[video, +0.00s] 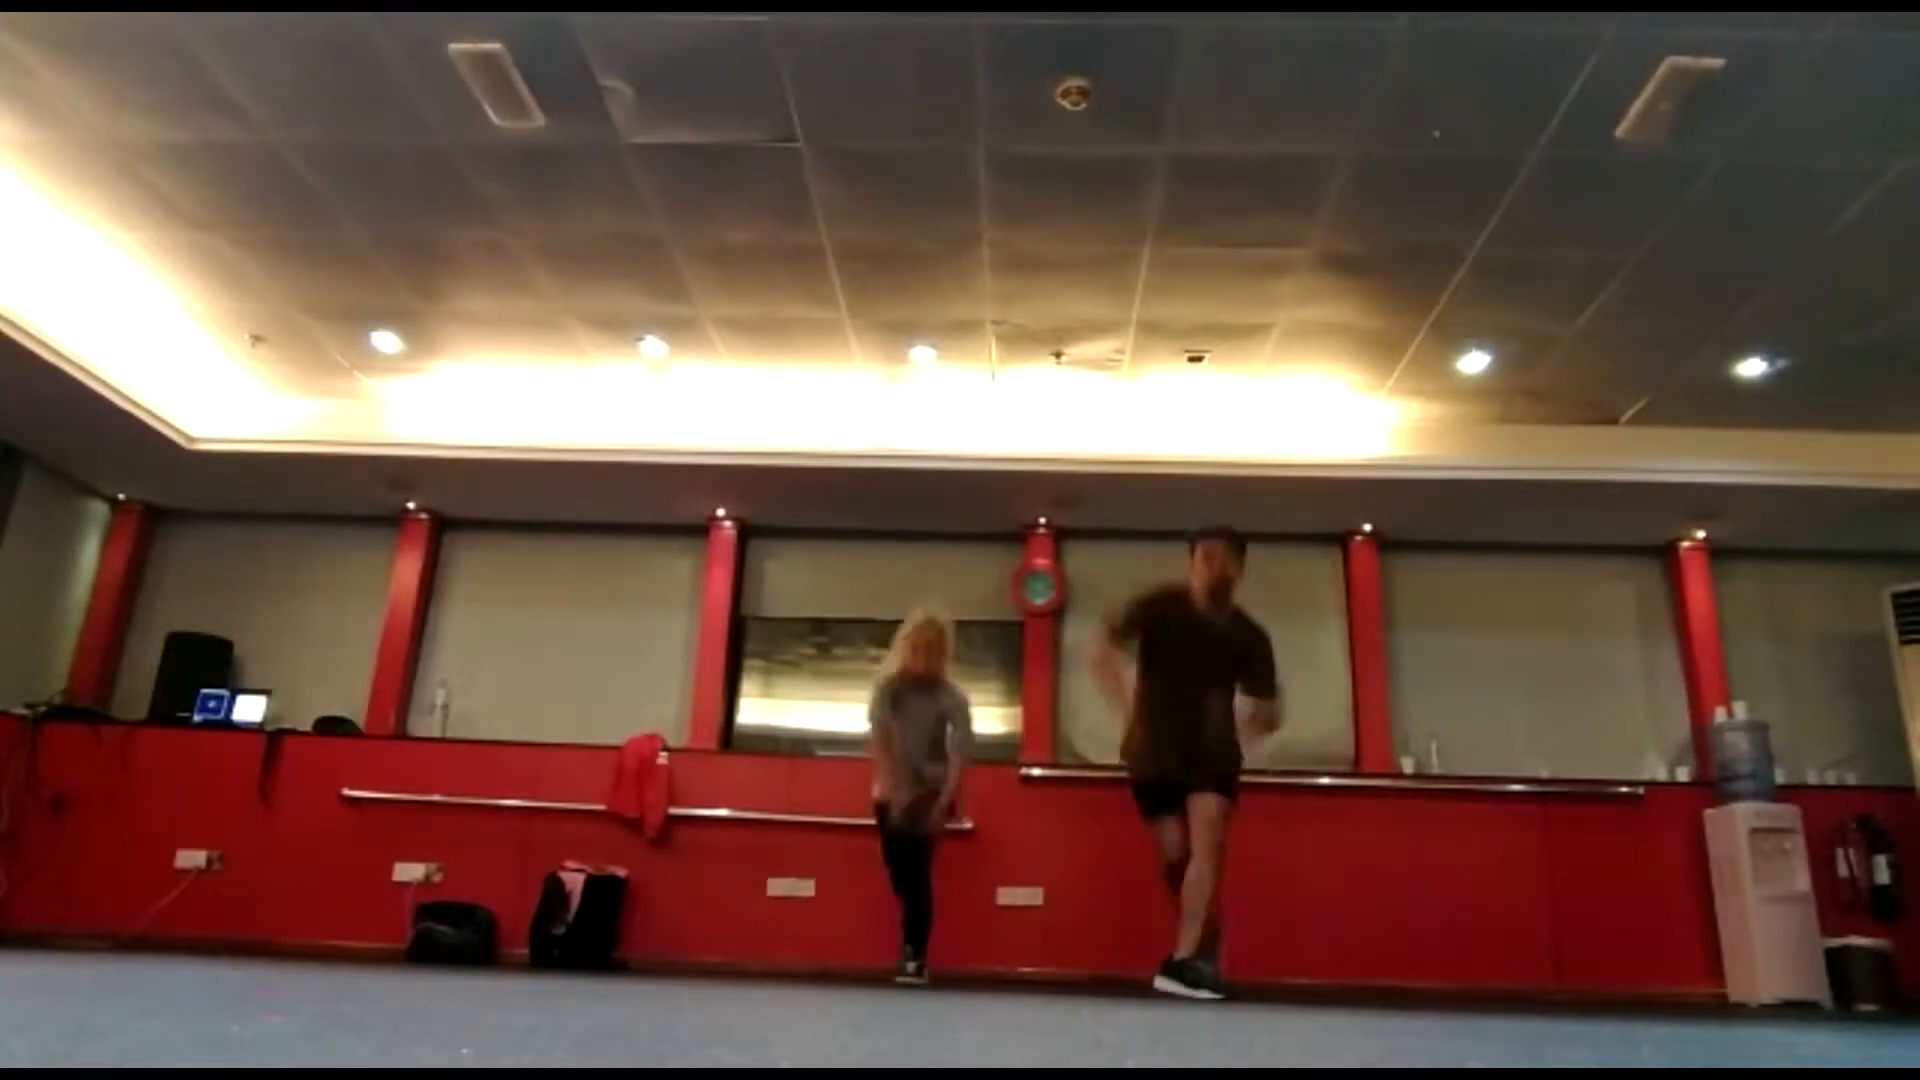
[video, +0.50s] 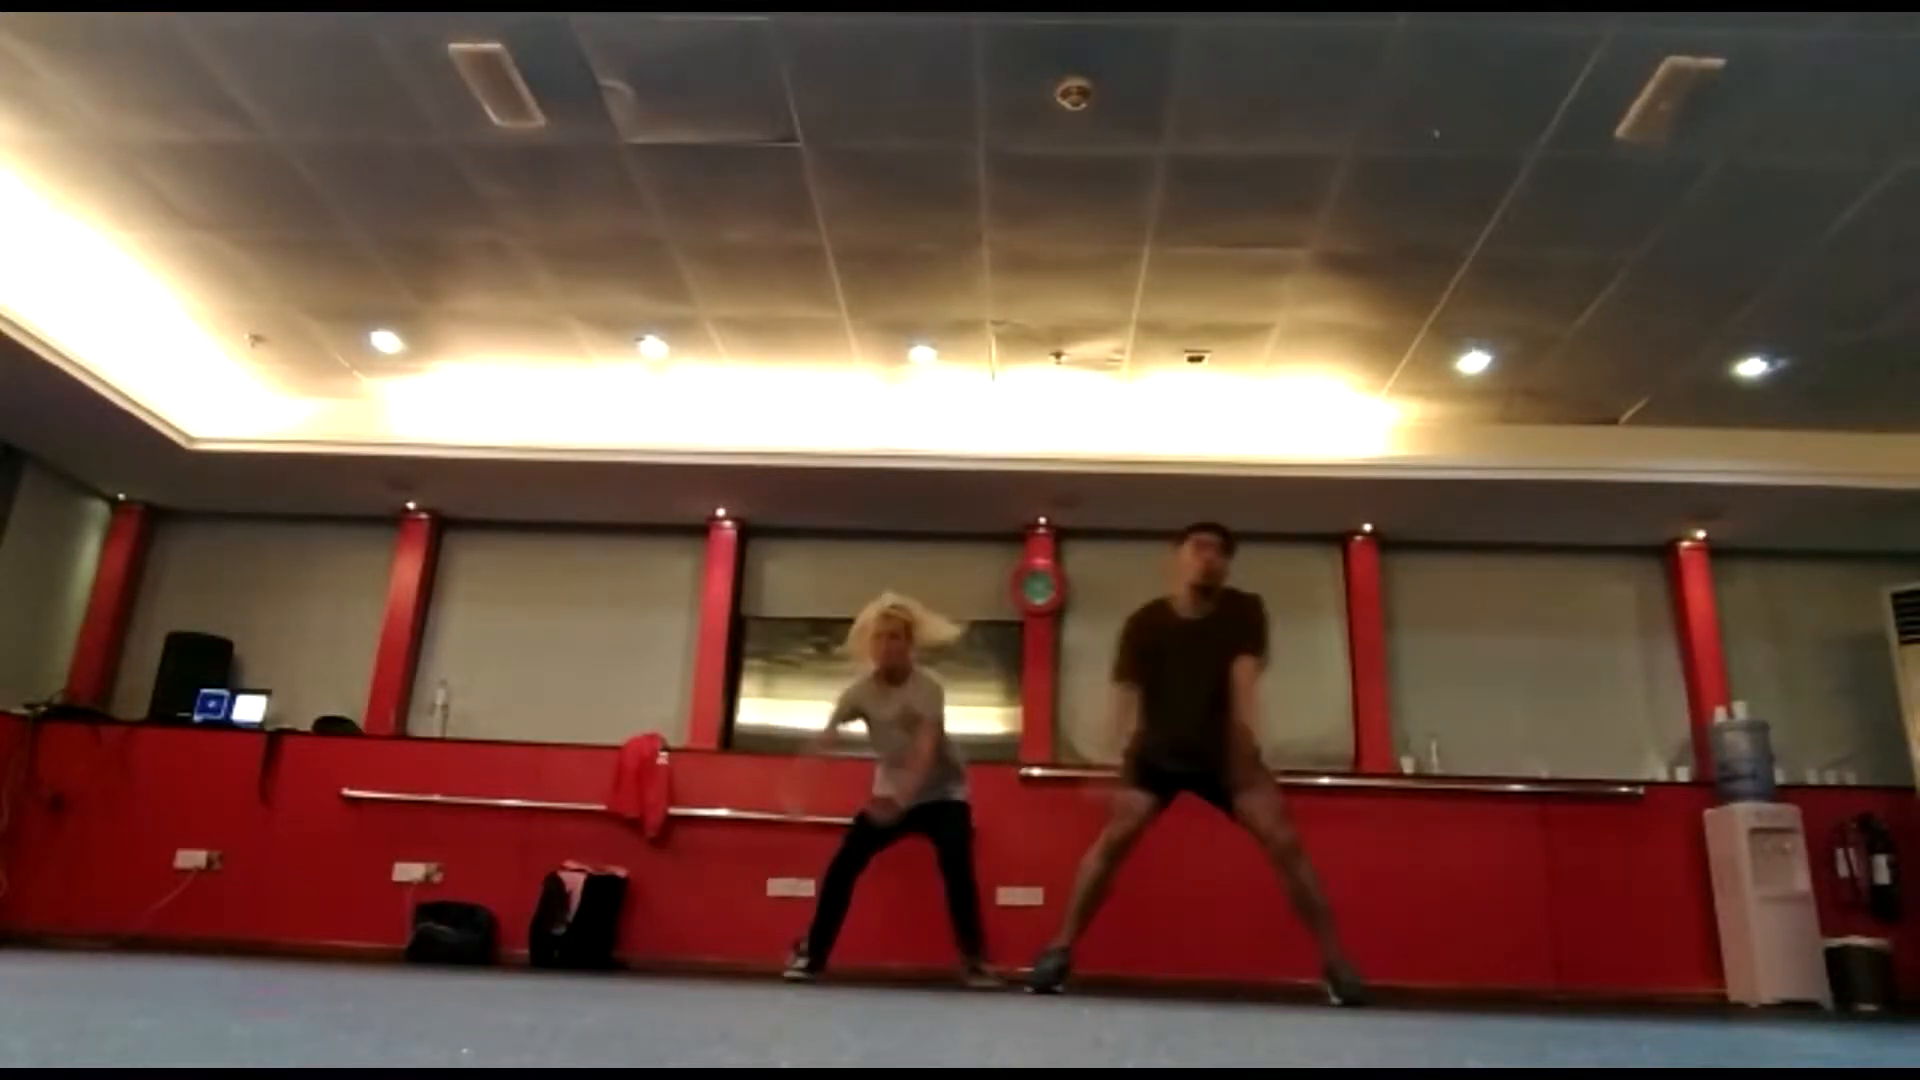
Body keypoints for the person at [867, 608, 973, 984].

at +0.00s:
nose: (922, 657)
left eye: (931, 649)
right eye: (916, 647)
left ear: (942, 652)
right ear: (905, 648)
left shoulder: (951, 698)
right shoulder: (888, 690)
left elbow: (958, 754)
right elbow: (881, 741)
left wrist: (945, 799)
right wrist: (889, 784)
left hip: (929, 795)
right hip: (892, 793)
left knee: (919, 876)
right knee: (901, 875)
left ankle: (916, 955)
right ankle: (910, 949)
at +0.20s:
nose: (929, 617)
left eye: (936, 608)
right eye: (922, 608)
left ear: (951, 611)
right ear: (910, 609)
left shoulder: (955, 673)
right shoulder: (896, 641)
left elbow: (961, 740)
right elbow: (844, 616)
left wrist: (953, 692)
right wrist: (895, 637)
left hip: (933, 782)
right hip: (887, 777)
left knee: (925, 873)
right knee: (878, 863)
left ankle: (920, 957)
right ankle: (923, 831)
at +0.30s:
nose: (914, 617)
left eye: (922, 607)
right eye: (907, 607)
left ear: (937, 612)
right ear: (897, 609)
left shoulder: (944, 660)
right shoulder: (890, 647)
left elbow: (929, 698)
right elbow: (864, 627)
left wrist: (918, 647)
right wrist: (845, 619)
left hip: (938, 777)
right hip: (892, 774)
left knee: (924, 869)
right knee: (857, 848)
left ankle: (921, 956)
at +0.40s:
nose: (886, 628)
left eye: (895, 619)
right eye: (880, 619)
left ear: (914, 621)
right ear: (872, 623)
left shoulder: (929, 666)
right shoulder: (871, 664)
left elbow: (912, 706)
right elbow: (829, 682)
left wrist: (917, 688)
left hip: (945, 789)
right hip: (894, 789)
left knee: (939, 872)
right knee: (847, 866)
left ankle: (935, 958)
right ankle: (815, 954)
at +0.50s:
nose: (890, 646)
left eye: (898, 637)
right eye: (882, 636)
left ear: (911, 643)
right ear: (869, 643)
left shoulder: (928, 689)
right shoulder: (859, 696)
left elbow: (926, 752)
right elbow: (828, 738)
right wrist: (823, 744)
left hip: (941, 797)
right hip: (889, 797)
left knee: (959, 874)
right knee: (842, 868)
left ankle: (974, 963)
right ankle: (813, 956)